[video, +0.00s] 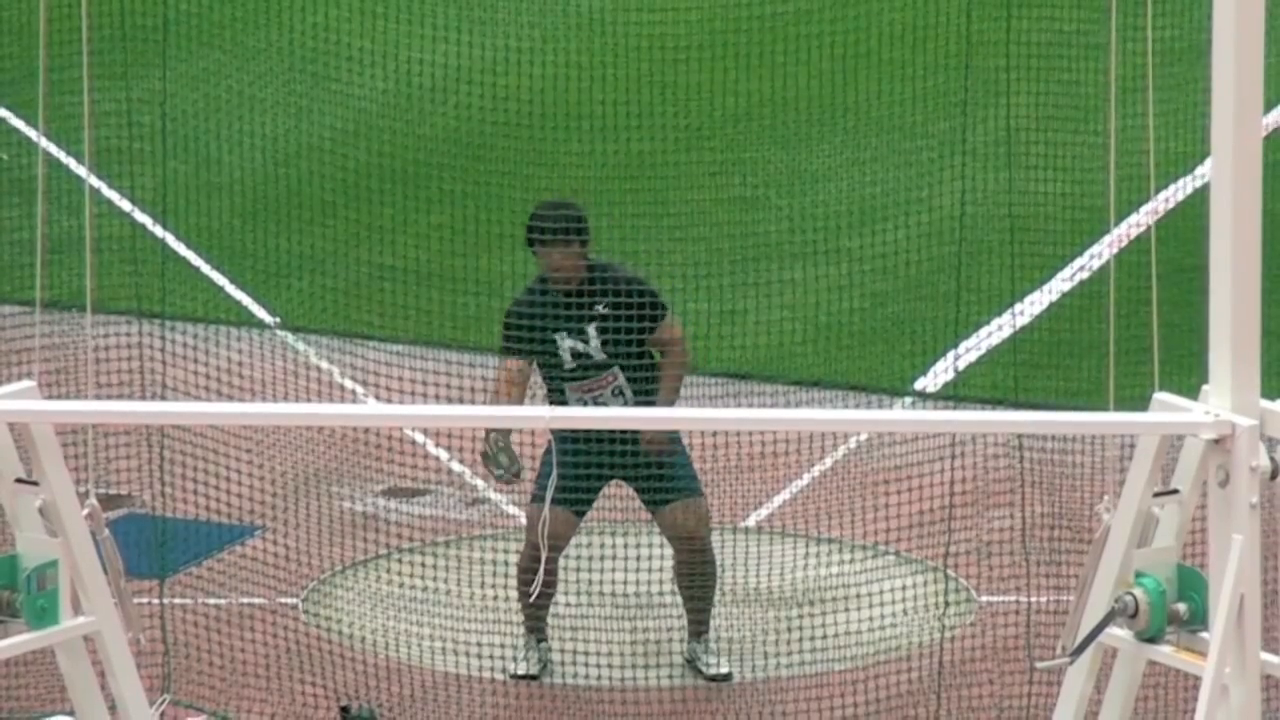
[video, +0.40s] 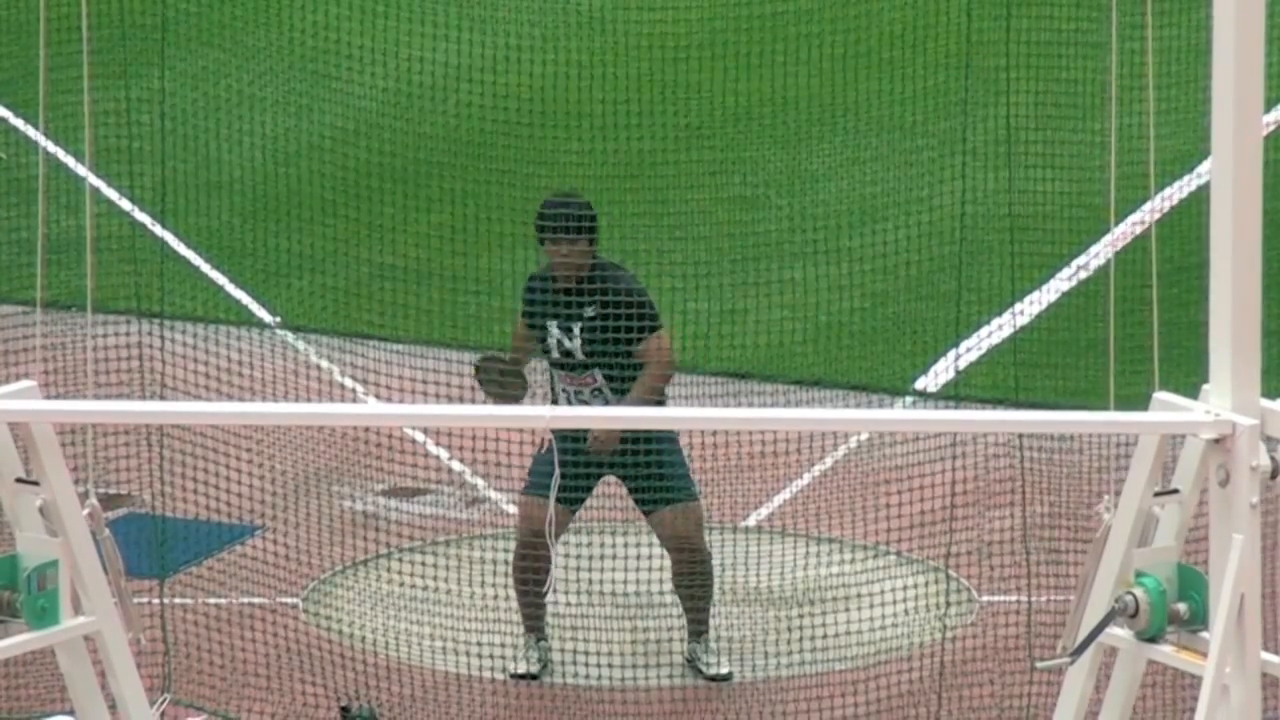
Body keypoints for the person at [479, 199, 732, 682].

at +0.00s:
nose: (559, 256)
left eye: (568, 246)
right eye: (549, 247)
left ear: (585, 247)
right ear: (535, 252)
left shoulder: (624, 290)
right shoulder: (528, 310)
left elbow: (676, 346)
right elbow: (513, 378)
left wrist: (662, 417)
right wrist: (498, 432)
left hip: (645, 434)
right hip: (577, 441)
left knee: (692, 531)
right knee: (543, 537)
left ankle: (699, 642)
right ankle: (535, 642)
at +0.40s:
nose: (562, 251)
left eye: (572, 241)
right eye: (553, 241)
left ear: (591, 243)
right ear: (542, 244)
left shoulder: (622, 290)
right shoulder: (538, 291)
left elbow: (662, 362)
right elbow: (521, 357)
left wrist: (618, 421)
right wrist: (500, 377)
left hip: (641, 428)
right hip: (573, 430)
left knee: (688, 541)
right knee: (532, 532)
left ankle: (699, 643)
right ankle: (535, 643)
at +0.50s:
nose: (577, 253)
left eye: (585, 243)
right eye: (567, 243)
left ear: (603, 244)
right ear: (553, 244)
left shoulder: (626, 292)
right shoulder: (545, 278)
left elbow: (663, 369)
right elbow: (515, 307)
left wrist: (614, 425)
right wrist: (500, 310)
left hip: (641, 428)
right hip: (572, 428)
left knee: (688, 540)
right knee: (530, 530)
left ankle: (700, 643)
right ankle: (533, 640)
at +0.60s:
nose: (581, 257)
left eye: (591, 247)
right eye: (574, 246)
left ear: (612, 250)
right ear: (562, 246)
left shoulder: (635, 297)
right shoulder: (553, 271)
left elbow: (667, 376)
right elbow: (519, 254)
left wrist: (614, 425)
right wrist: (494, 243)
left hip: (642, 429)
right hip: (574, 428)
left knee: (691, 534)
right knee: (531, 526)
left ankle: (700, 643)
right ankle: (534, 641)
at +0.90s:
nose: (622, 271)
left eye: (632, 261)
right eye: (613, 260)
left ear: (648, 263)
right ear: (599, 259)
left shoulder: (671, 309)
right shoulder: (581, 290)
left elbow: (696, 388)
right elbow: (502, 275)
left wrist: (640, 427)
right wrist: (436, 260)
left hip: (662, 431)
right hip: (588, 427)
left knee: (703, 530)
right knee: (540, 524)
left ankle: (701, 642)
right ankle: (533, 639)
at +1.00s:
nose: (640, 277)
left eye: (649, 266)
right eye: (630, 266)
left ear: (664, 265)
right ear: (614, 263)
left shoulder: (687, 313)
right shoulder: (594, 299)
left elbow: (710, 391)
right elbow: (520, 322)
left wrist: (658, 428)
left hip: (671, 431)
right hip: (595, 427)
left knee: (707, 526)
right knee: (544, 525)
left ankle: (701, 642)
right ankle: (534, 640)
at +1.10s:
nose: (656, 279)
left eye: (665, 269)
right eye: (646, 269)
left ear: (678, 268)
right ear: (630, 268)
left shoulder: (699, 311)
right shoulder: (604, 309)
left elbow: (722, 387)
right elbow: (554, 373)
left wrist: (681, 427)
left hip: (671, 431)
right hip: (599, 429)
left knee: (710, 525)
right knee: (549, 524)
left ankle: (700, 642)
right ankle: (534, 639)